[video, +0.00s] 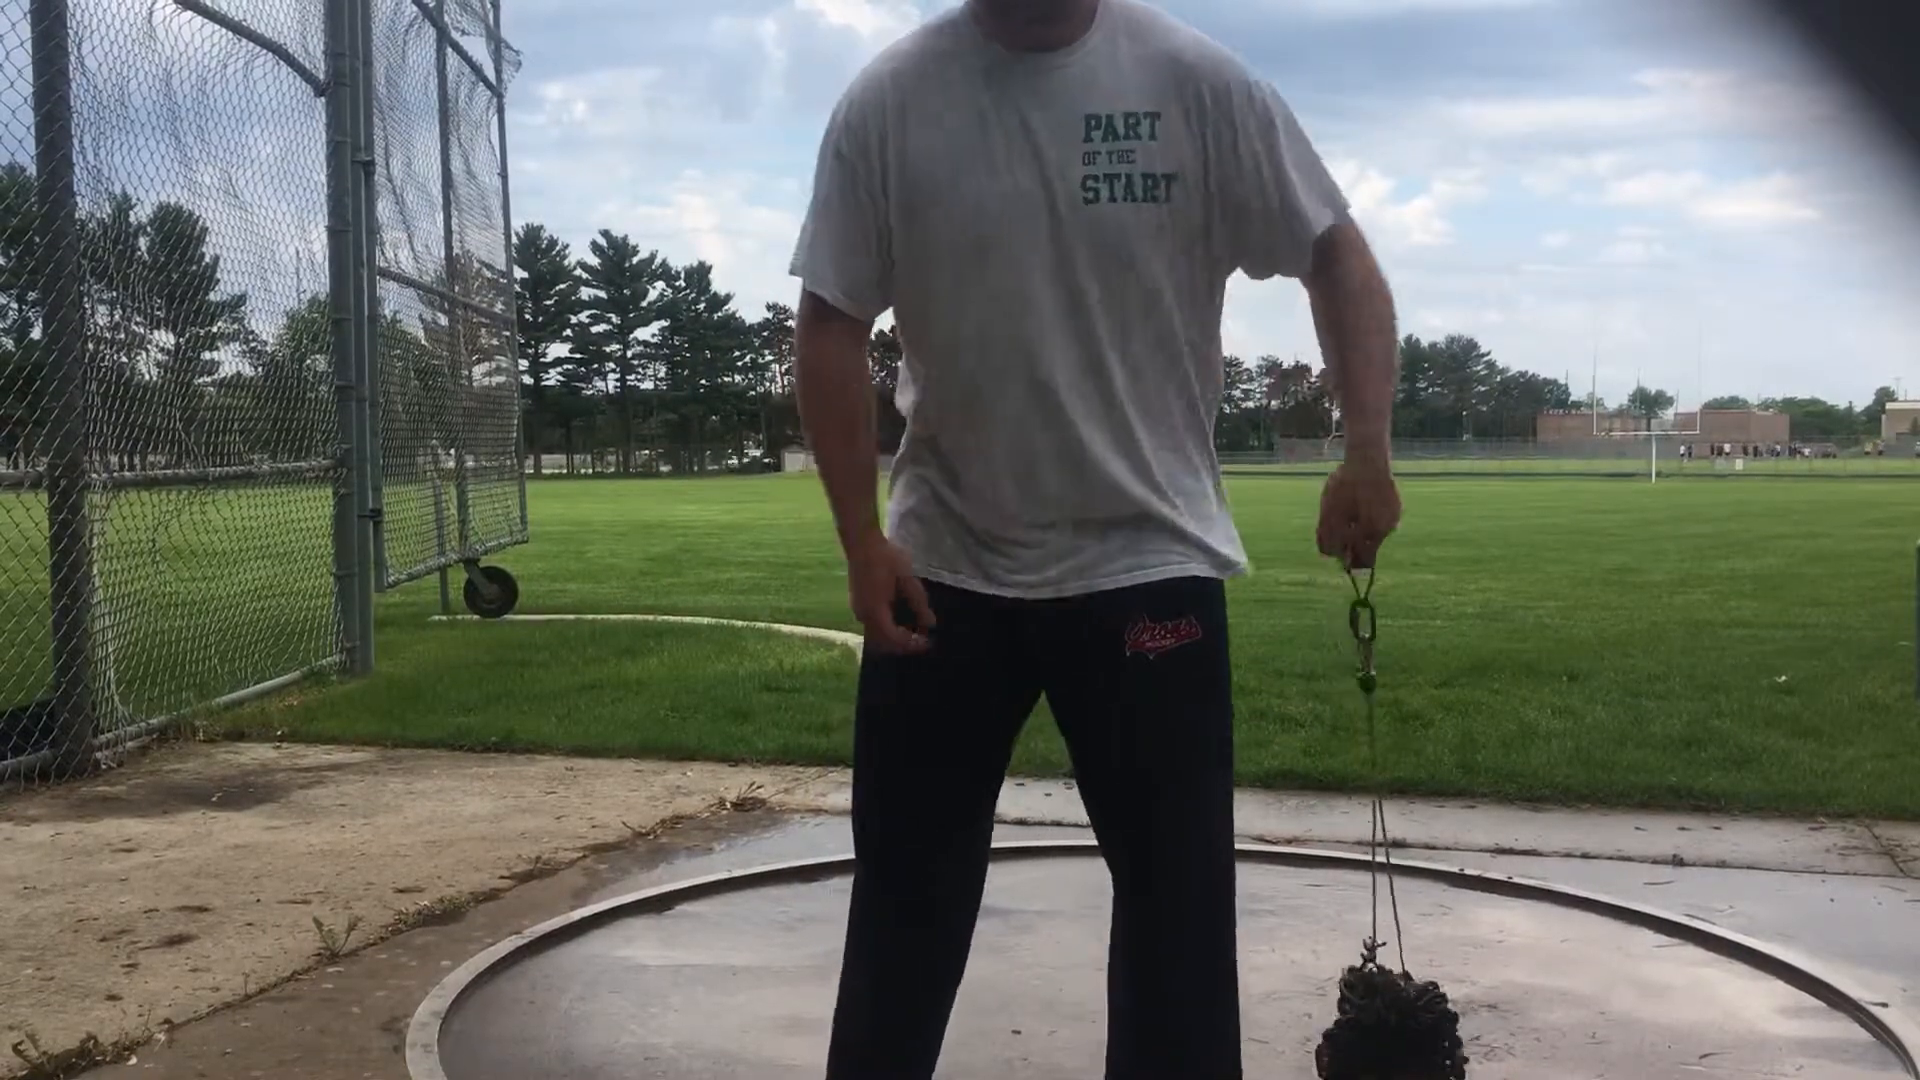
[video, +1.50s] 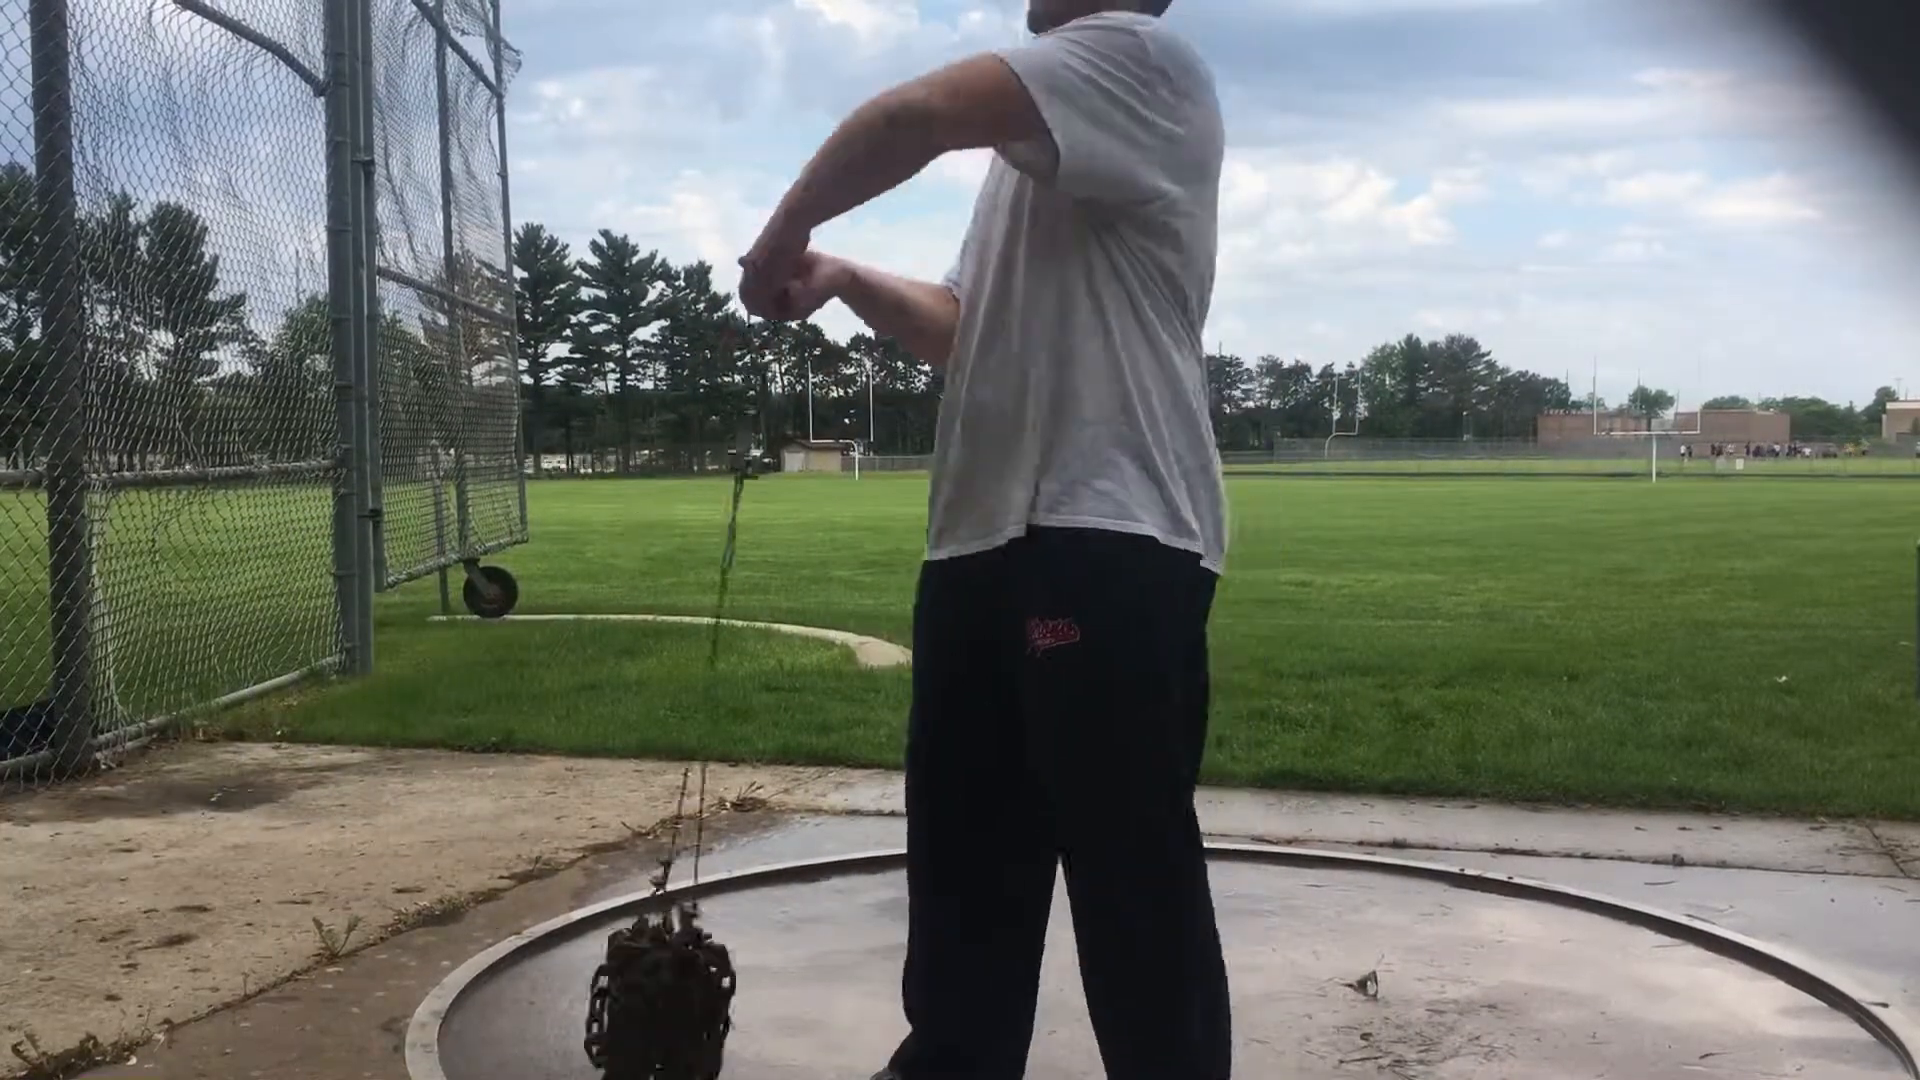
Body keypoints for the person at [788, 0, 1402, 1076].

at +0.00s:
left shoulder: (1201, 86)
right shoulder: (886, 105)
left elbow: (1337, 256)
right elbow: (828, 324)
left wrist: (1367, 449)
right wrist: (861, 538)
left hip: (1148, 565)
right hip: (943, 566)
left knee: (1179, 916)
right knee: (902, 918)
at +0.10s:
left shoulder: (1180, 62)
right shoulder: (873, 111)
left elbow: (1347, 208)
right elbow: (830, 334)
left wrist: (1324, 355)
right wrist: (905, 503)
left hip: (1149, 572)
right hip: (945, 575)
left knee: (1185, 931)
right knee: (902, 927)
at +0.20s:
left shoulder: (1144, 35)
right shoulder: (856, 117)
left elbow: (1335, 144)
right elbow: (832, 337)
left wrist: (1247, 240)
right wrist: (960, 421)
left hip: (1144, 564)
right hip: (942, 573)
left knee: (1181, 931)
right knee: (901, 930)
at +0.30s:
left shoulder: (1109, 22)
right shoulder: (842, 116)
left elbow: (1308, 92)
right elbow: (833, 335)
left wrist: (1183, 141)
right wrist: (967, 314)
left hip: (1125, 532)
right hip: (931, 560)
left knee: (1165, 928)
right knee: (894, 933)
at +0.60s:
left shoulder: (1062, 32)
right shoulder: (830, 120)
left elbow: (1181, 128)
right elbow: (812, 311)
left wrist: (995, 116)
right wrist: (897, 208)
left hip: (1086, 515)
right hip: (902, 543)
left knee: (1132, 912)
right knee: (873, 898)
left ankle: (1162, 1073)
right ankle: (864, 1068)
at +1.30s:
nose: (1076, 14)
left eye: (1093, 11)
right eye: (1071, 17)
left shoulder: (1208, 54)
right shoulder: (1016, 152)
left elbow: (1033, 101)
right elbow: (943, 302)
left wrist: (828, 177)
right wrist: (840, 256)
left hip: (1178, 519)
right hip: (1015, 532)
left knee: (1175, 871)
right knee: (965, 857)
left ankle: (1189, 1068)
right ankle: (945, 1058)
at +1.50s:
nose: (1028, 3)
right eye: (1032, 6)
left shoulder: (1151, 60)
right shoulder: (1023, 146)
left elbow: (912, 115)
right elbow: (974, 337)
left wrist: (784, 232)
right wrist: (845, 275)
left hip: (1109, 519)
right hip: (976, 537)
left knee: (1129, 867)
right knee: (966, 858)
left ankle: (1169, 1067)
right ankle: (952, 1060)